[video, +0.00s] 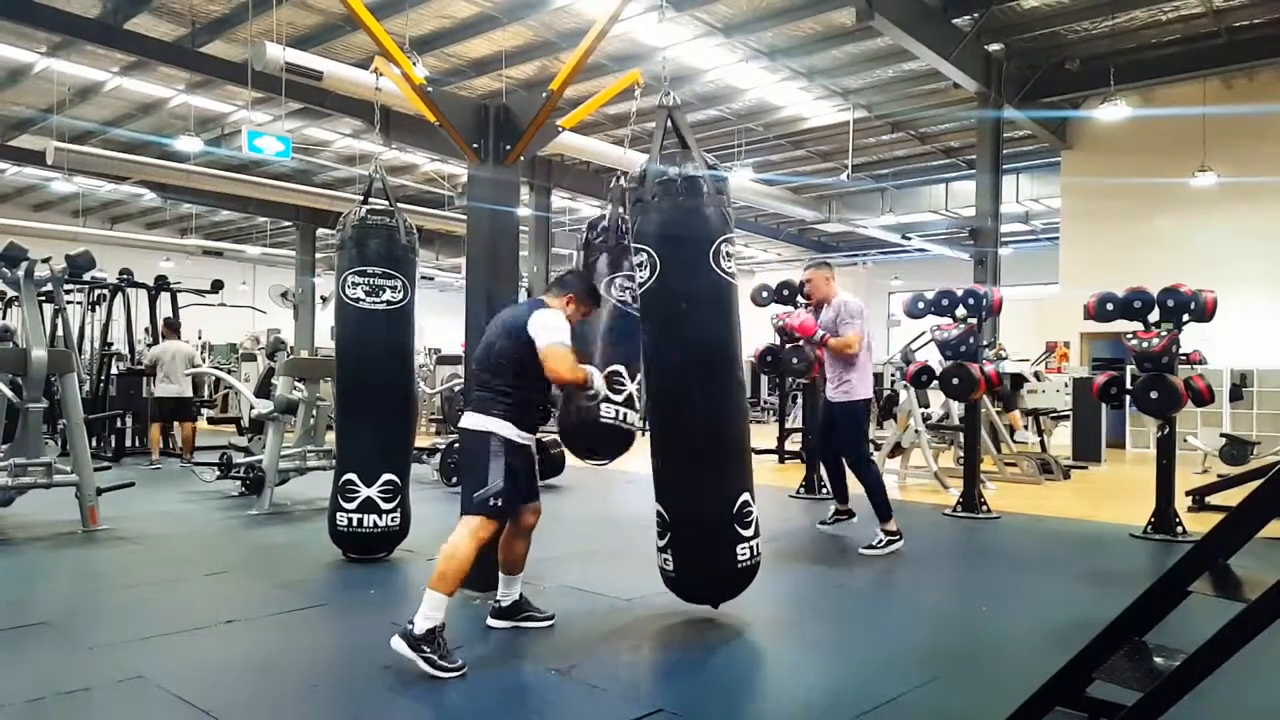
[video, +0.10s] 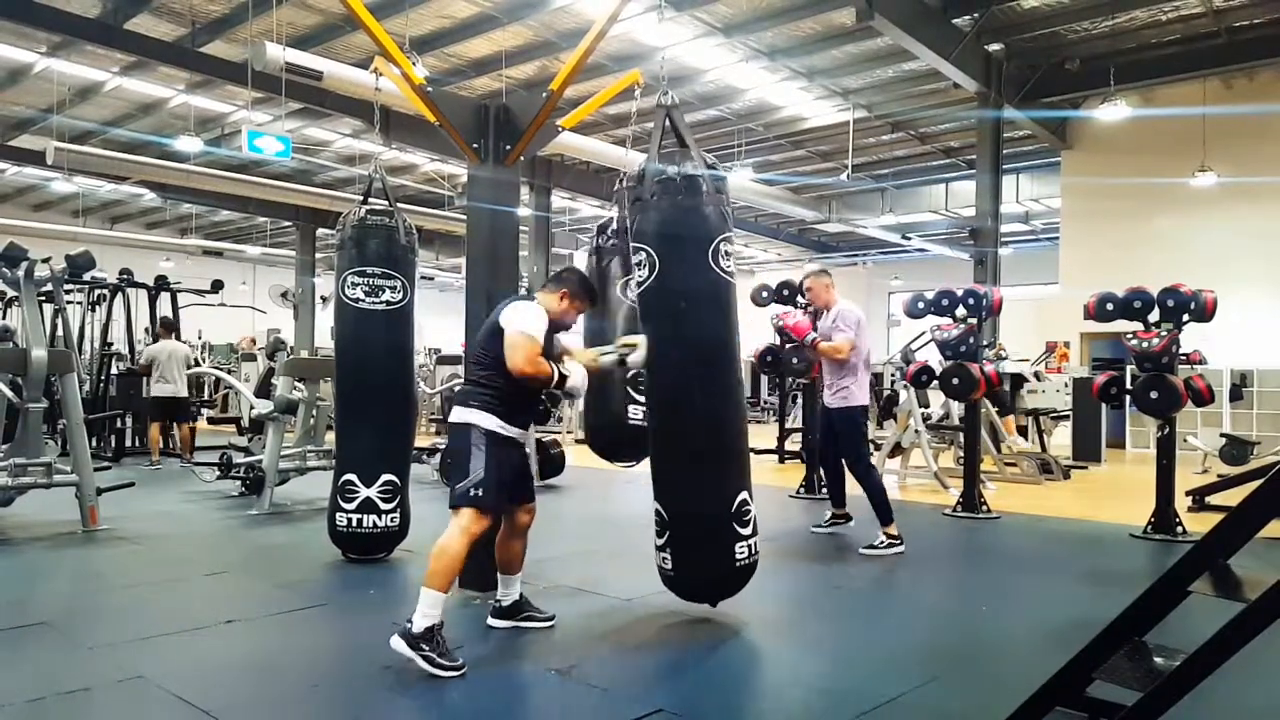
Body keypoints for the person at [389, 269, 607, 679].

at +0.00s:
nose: (577, 323)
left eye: (579, 318)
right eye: (579, 315)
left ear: (559, 295)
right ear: (568, 301)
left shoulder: (517, 313)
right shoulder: (546, 317)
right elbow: (561, 371)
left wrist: (574, 379)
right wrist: (592, 376)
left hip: (512, 434)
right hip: (492, 431)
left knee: (525, 514)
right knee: (481, 522)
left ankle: (507, 603)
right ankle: (423, 628)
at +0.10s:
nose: (574, 321)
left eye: (578, 315)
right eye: (576, 312)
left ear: (562, 296)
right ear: (563, 296)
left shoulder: (540, 321)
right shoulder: (526, 310)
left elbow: (575, 356)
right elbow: (522, 364)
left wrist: (619, 355)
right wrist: (561, 374)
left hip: (510, 432)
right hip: (480, 426)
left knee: (520, 514)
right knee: (473, 519)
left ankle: (507, 603)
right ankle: (422, 627)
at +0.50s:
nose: (509, 323)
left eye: (514, 317)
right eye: (512, 313)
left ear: (496, 293)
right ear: (499, 295)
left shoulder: (469, 319)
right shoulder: (460, 317)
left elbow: (463, 377)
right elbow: (456, 383)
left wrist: (497, 372)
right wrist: (497, 374)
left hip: (454, 445)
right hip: (421, 443)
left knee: (483, 516)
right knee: (403, 540)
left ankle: (480, 605)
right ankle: (351, 642)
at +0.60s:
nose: (508, 316)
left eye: (512, 310)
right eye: (510, 307)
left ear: (489, 290)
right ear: (491, 288)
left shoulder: (469, 323)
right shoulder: (445, 313)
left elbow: (466, 374)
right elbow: (451, 380)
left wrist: (500, 361)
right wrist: (493, 356)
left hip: (449, 442)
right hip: (414, 440)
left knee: (478, 513)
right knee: (401, 536)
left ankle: (454, 601)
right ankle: (351, 641)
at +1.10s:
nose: (534, 331)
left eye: (539, 325)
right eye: (537, 321)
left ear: (518, 304)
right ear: (521, 304)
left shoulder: (492, 320)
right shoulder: (490, 314)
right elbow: (500, 366)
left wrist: (535, 385)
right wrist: (541, 375)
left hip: (462, 440)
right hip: (436, 435)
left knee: (481, 513)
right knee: (420, 530)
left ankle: (462, 606)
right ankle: (360, 633)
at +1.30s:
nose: (534, 333)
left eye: (538, 327)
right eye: (534, 324)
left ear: (518, 309)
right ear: (515, 306)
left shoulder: (504, 341)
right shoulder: (465, 327)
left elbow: (495, 393)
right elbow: (454, 388)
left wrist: (523, 397)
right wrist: (503, 378)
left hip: (472, 449)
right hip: (430, 446)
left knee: (510, 513)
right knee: (413, 538)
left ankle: (479, 589)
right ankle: (362, 630)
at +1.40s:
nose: (540, 332)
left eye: (543, 326)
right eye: (538, 324)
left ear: (523, 311)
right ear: (518, 308)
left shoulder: (509, 340)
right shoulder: (466, 332)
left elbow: (504, 384)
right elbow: (433, 387)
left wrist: (544, 385)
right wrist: (482, 416)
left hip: (477, 445)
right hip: (433, 444)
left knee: (511, 513)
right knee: (421, 536)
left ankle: (503, 596)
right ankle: (365, 628)